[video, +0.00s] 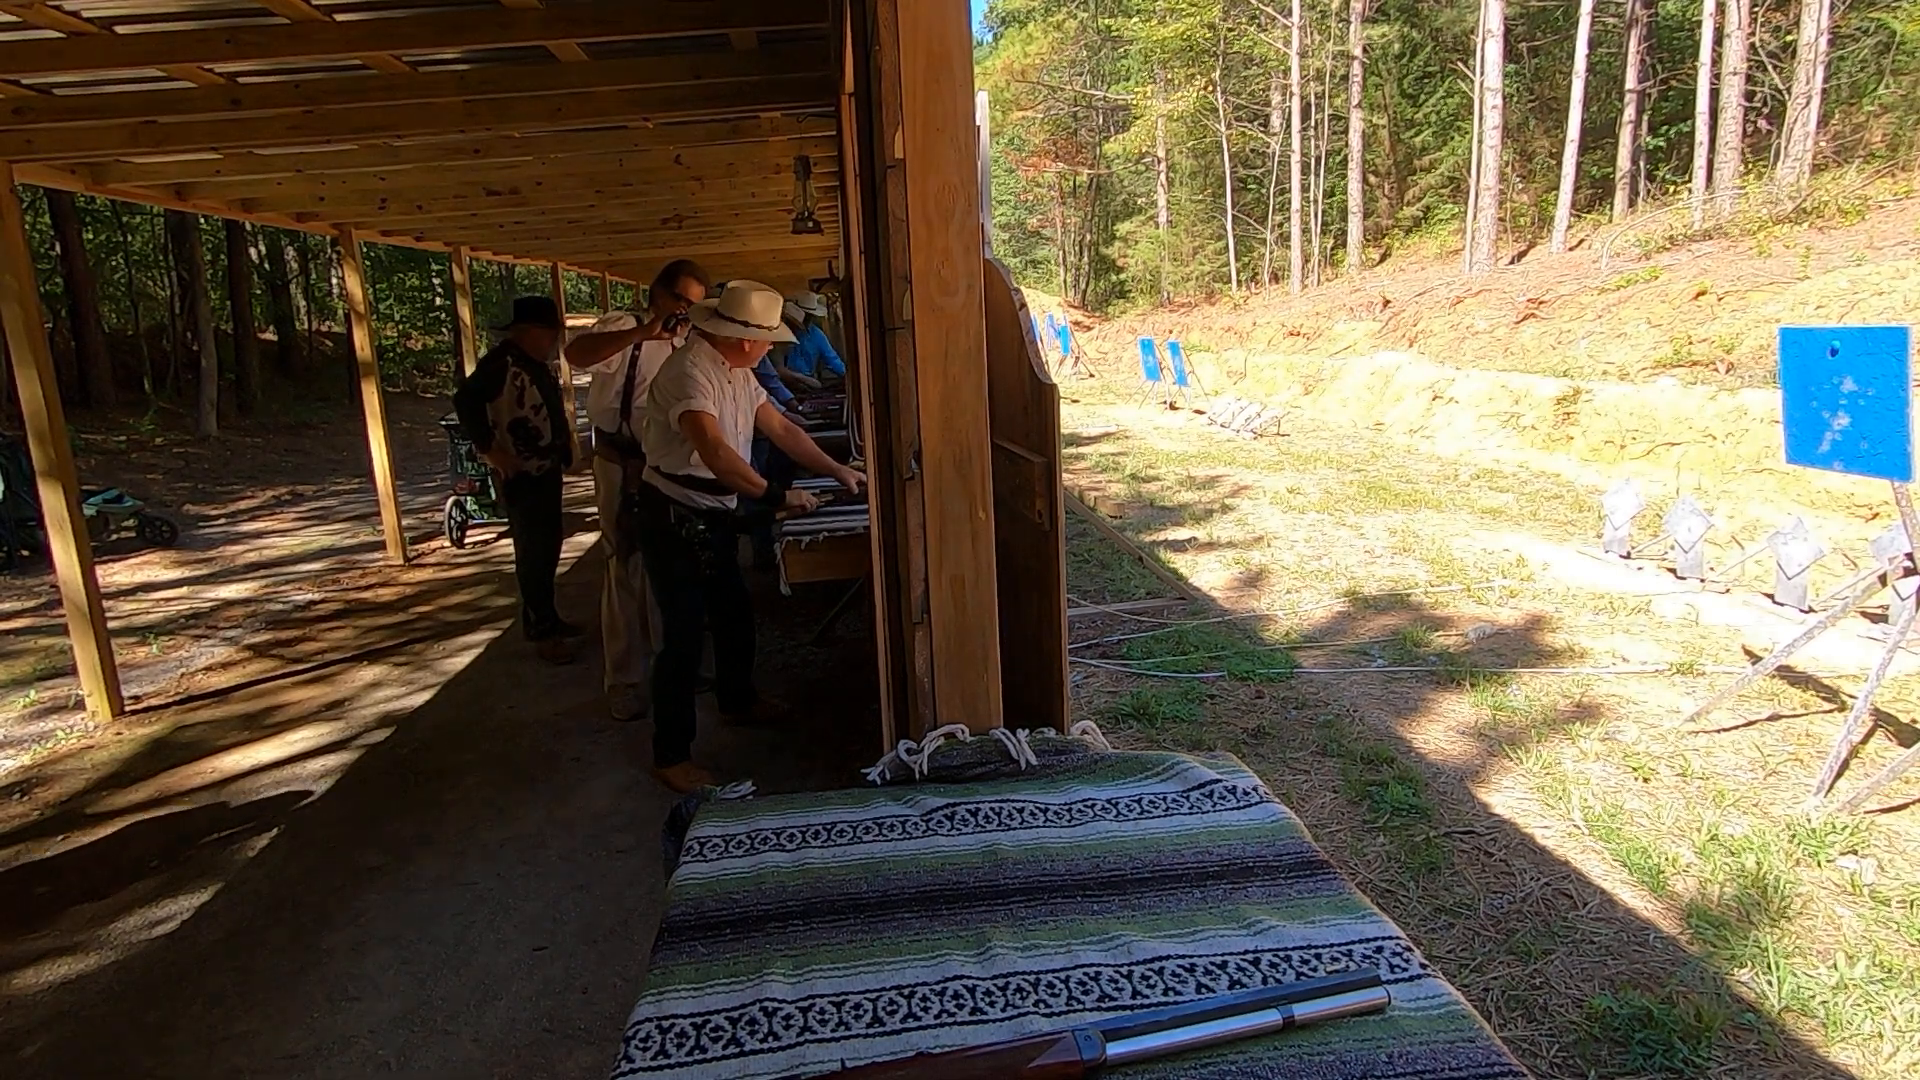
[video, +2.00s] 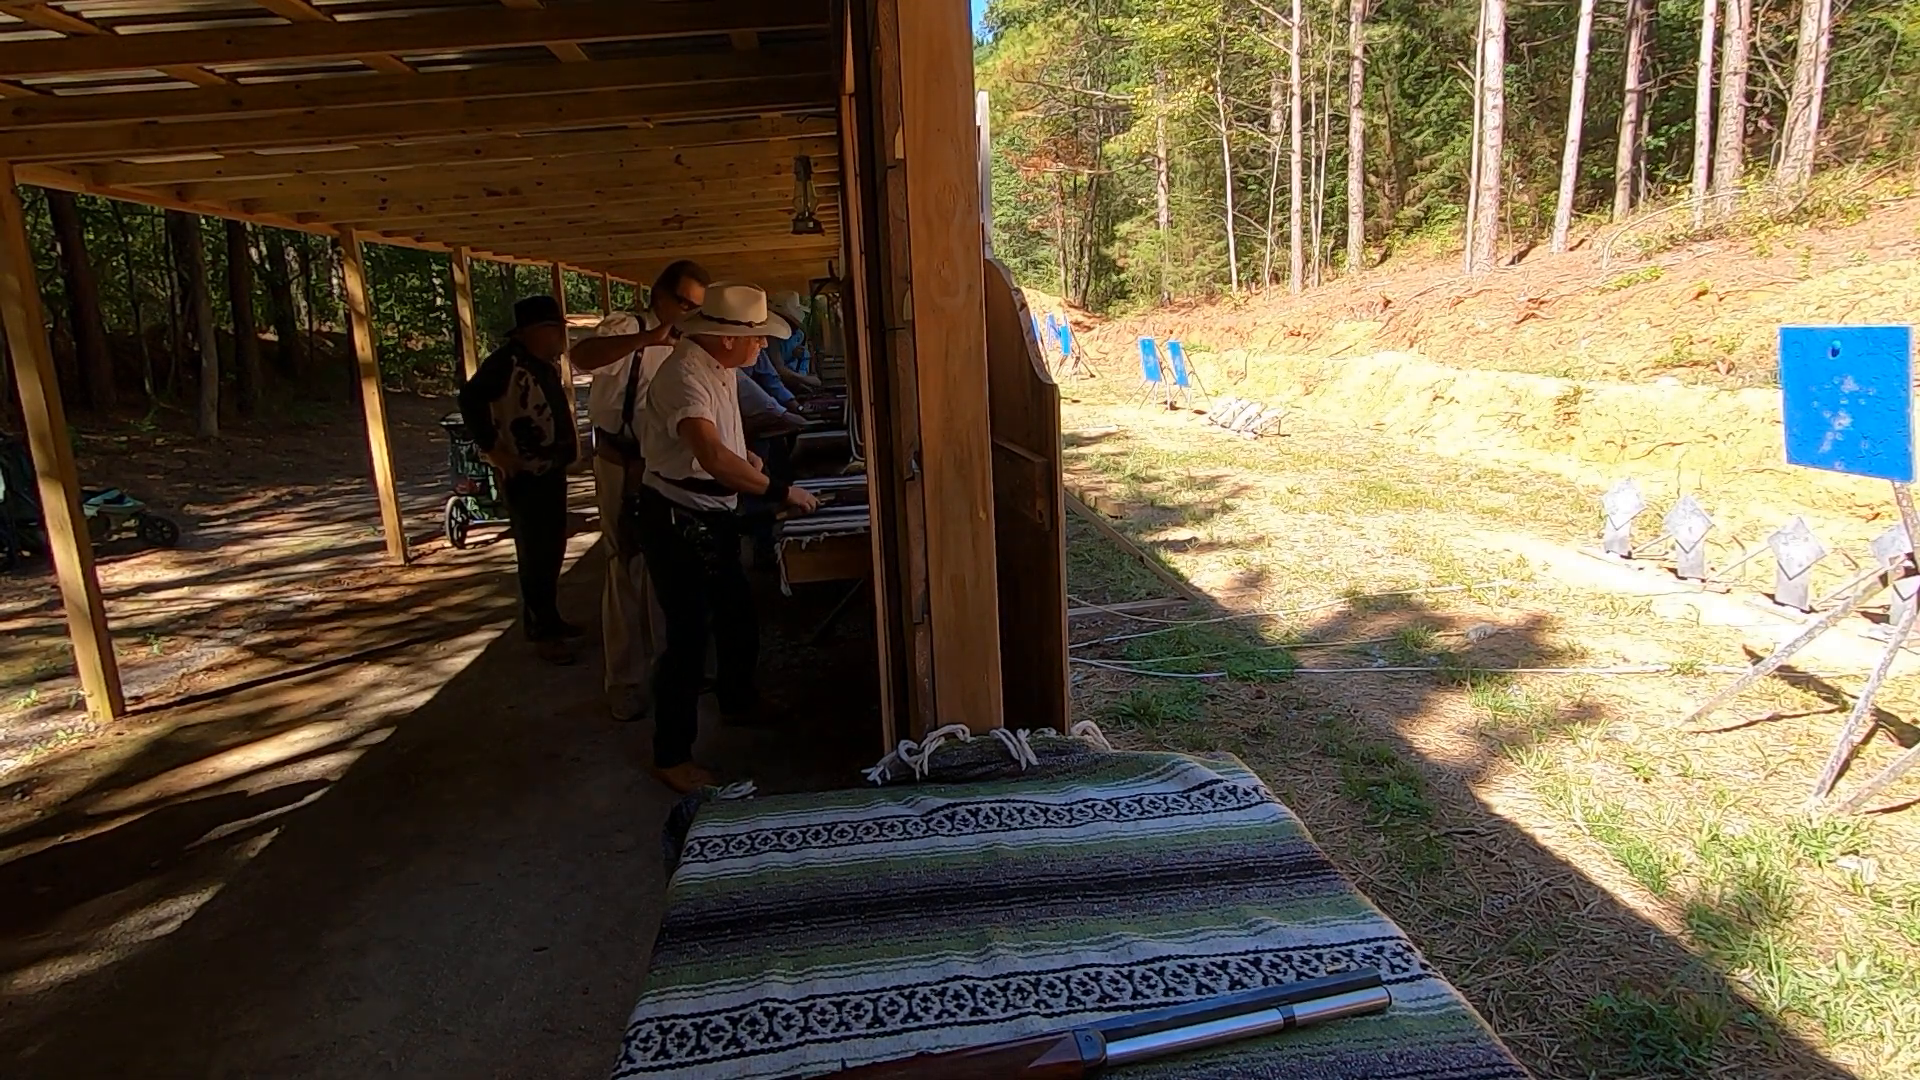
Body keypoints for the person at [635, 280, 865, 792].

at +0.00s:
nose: (769, 350)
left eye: (770, 341)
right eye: (766, 342)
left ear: (738, 340)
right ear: (743, 342)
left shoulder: (739, 372)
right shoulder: (686, 371)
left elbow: (781, 428)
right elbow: (711, 449)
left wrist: (837, 469)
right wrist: (774, 493)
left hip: (717, 515)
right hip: (672, 516)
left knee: (734, 615)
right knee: (685, 636)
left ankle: (738, 703)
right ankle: (671, 757)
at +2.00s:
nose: (762, 349)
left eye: (762, 340)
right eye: (758, 339)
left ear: (726, 337)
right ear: (731, 338)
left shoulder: (719, 373)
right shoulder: (686, 373)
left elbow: (728, 448)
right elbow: (711, 455)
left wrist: (764, 478)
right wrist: (780, 491)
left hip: (716, 515)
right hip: (677, 518)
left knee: (735, 617)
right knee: (688, 637)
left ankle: (740, 708)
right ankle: (672, 757)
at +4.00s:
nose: (756, 374)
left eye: (760, 367)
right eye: (755, 365)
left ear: (727, 348)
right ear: (730, 349)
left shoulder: (720, 378)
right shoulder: (685, 377)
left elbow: (723, 444)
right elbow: (707, 458)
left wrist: (747, 466)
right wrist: (777, 495)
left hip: (716, 516)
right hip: (673, 520)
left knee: (740, 614)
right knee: (689, 636)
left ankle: (739, 708)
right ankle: (672, 757)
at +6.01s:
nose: (757, 355)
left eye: (760, 346)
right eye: (753, 344)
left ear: (727, 335)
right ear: (725, 333)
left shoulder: (717, 362)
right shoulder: (686, 353)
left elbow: (722, 424)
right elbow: (724, 409)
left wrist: (751, 450)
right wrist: (786, 423)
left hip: (717, 512)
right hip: (672, 513)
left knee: (737, 613)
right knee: (689, 632)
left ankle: (740, 706)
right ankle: (673, 756)